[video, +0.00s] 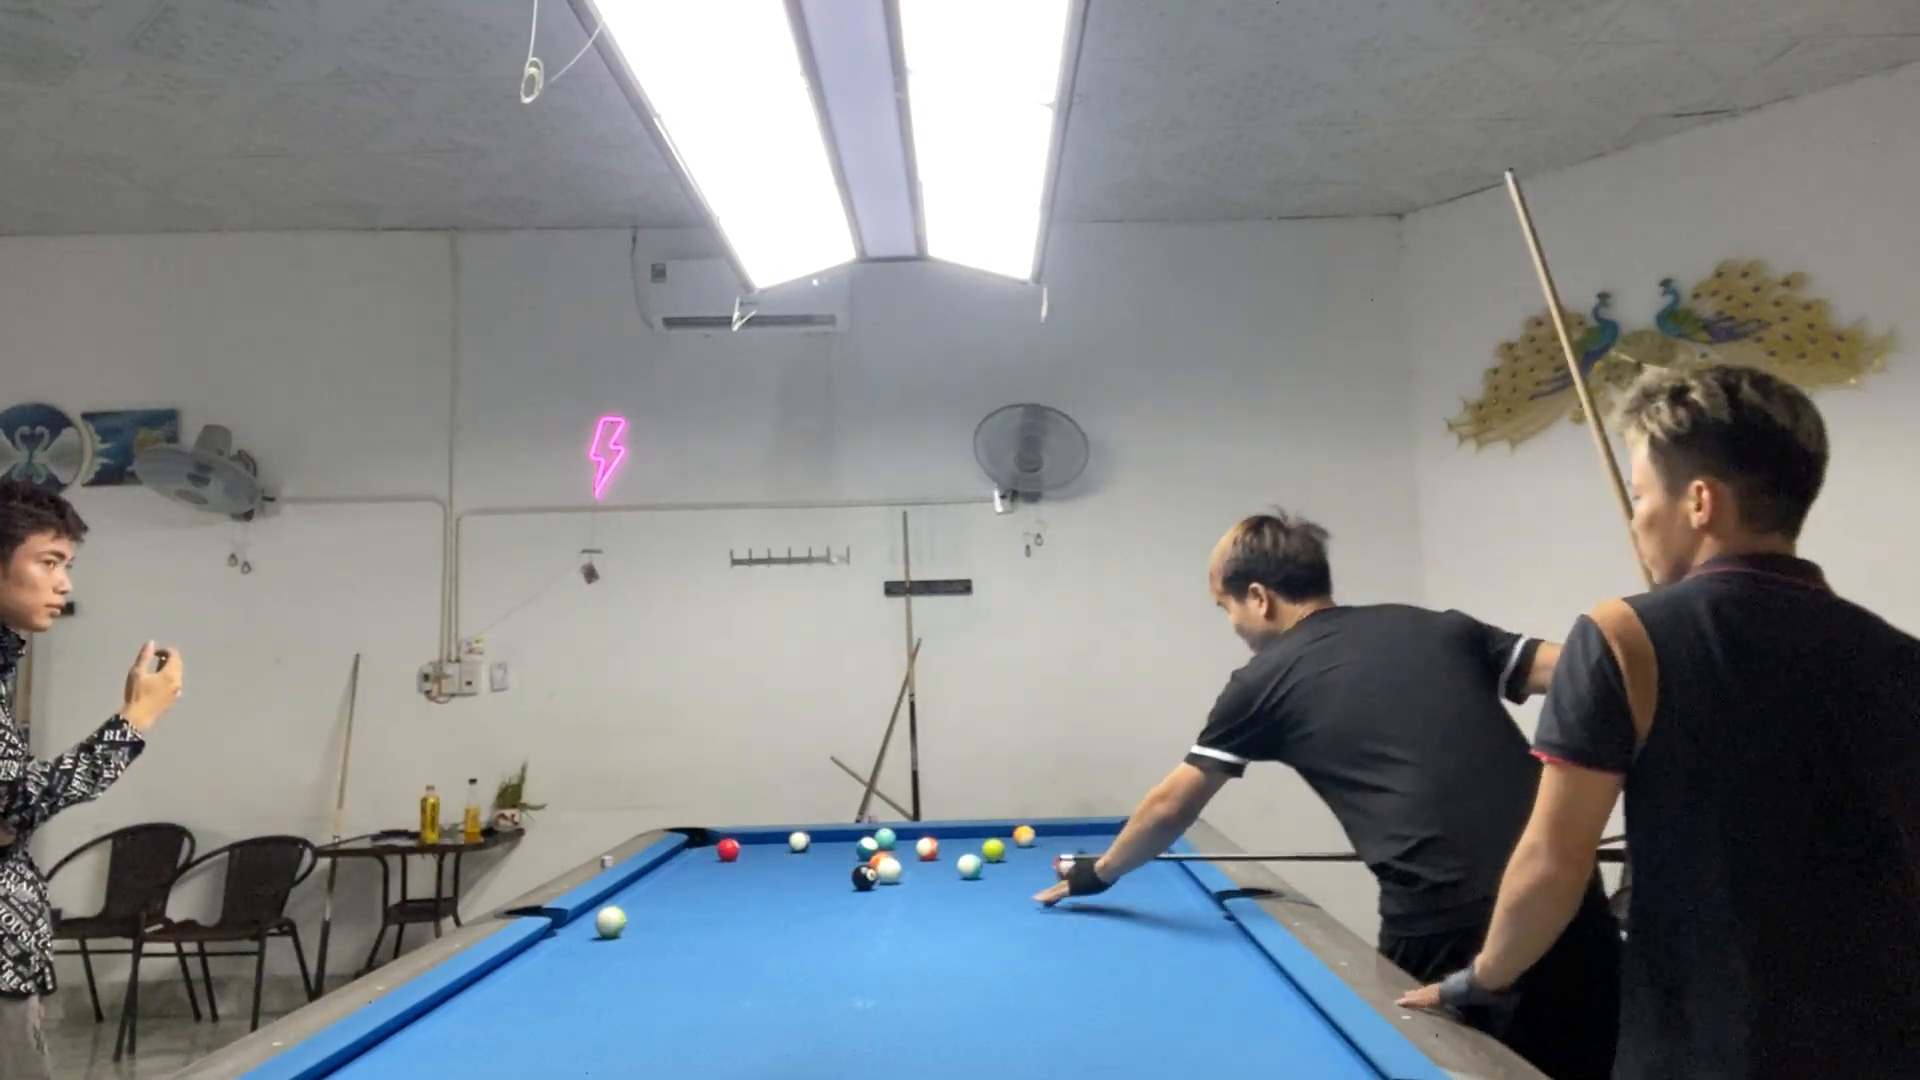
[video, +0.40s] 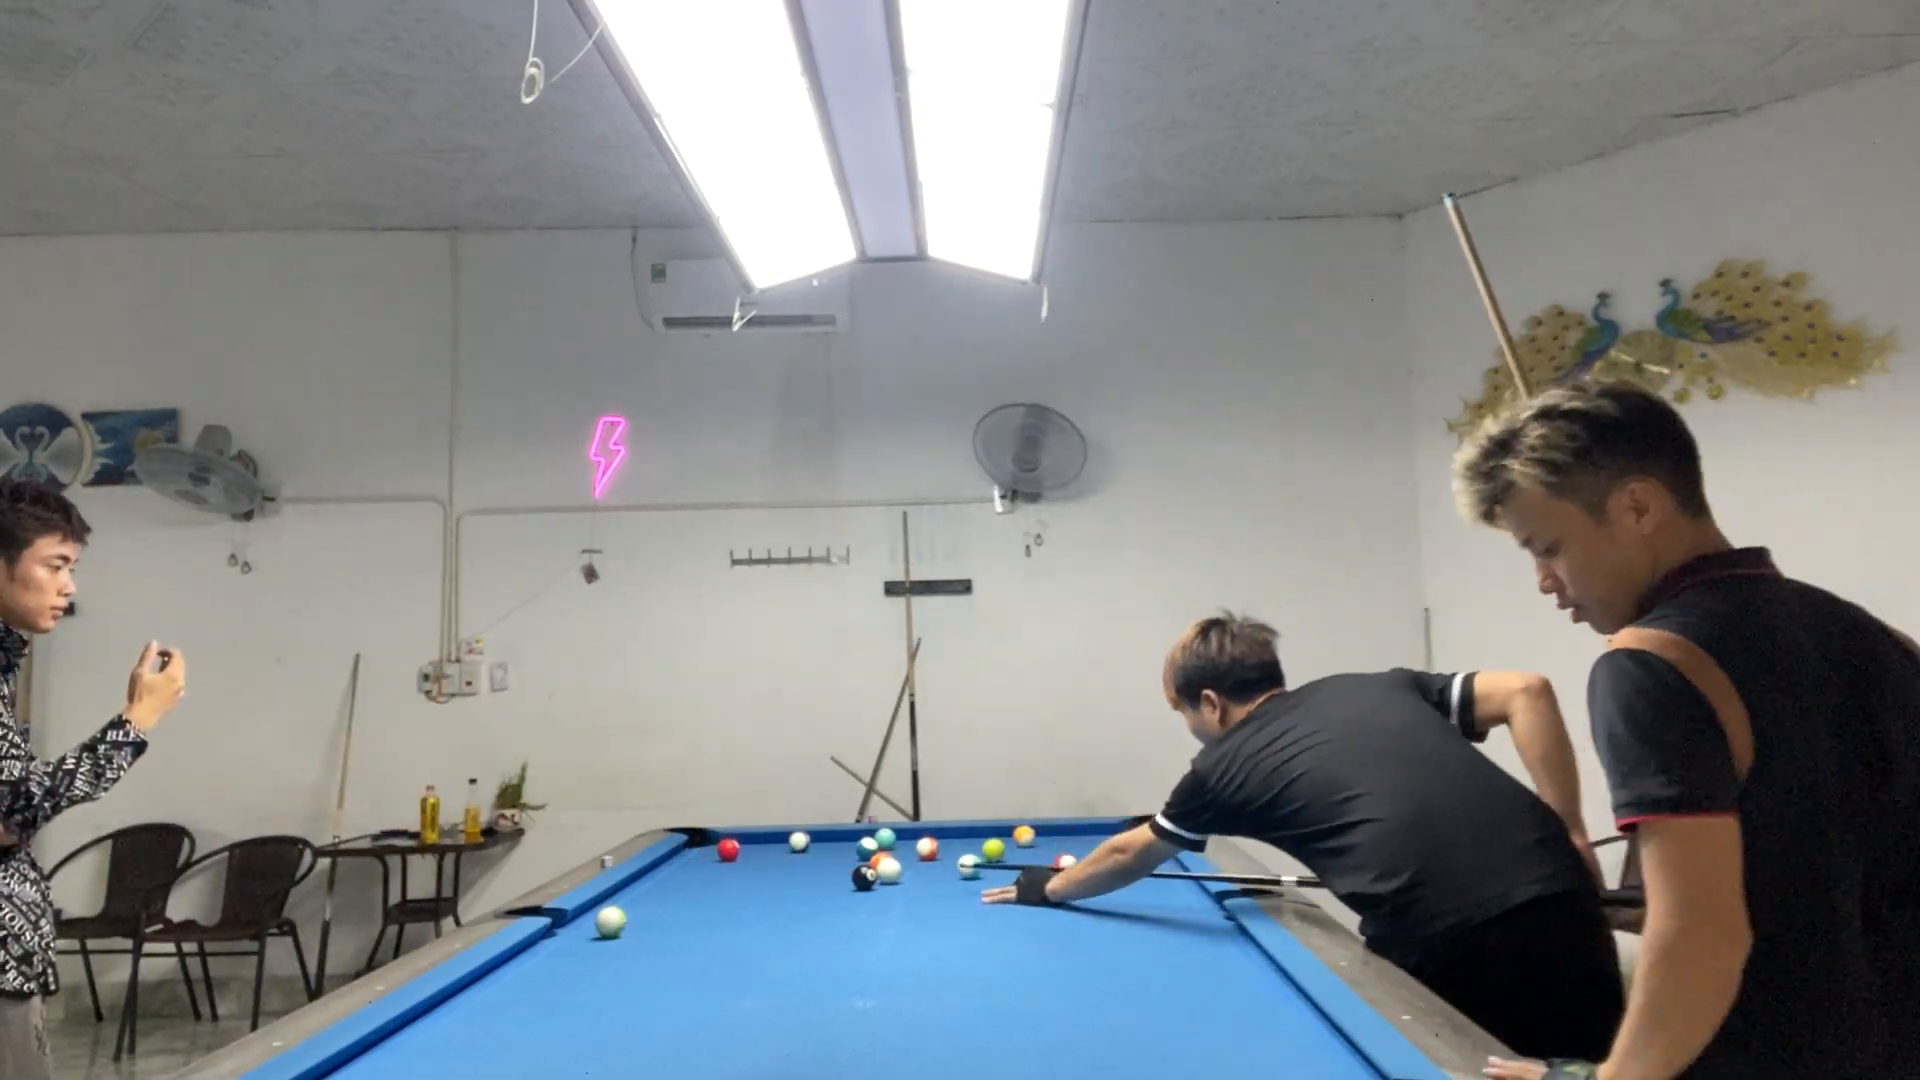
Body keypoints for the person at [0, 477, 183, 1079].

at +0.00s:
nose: (65, 584)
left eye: (67, 566)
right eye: (49, 562)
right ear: (1, 565)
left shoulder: (6, 670)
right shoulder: (3, 673)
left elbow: (22, 795)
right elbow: (19, 799)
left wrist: (131, 721)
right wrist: (134, 722)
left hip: (19, 973)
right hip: (10, 977)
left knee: (30, 1068)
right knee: (26, 1069)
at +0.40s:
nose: (69, 587)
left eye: (71, 569)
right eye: (56, 565)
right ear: (5, 566)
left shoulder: (9, 667)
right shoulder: (5, 669)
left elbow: (23, 795)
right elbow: (22, 799)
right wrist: (137, 721)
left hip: (20, 974)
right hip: (11, 977)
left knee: (29, 1069)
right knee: (26, 1071)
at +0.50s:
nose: (70, 588)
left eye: (71, 569)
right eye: (56, 565)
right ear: (6, 567)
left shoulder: (9, 667)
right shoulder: (5, 670)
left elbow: (25, 795)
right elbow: (25, 799)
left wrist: (14, 824)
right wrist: (139, 720)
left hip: (20, 972)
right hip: (11, 974)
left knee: (30, 1069)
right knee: (26, 1070)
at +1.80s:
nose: (71, 595)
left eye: (72, 574)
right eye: (59, 569)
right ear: (5, 566)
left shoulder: (3, 673)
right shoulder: (0, 674)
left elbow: (21, 792)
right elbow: (20, 800)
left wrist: (13, 825)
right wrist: (137, 722)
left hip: (17, 975)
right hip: (8, 978)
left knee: (29, 1069)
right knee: (26, 1070)